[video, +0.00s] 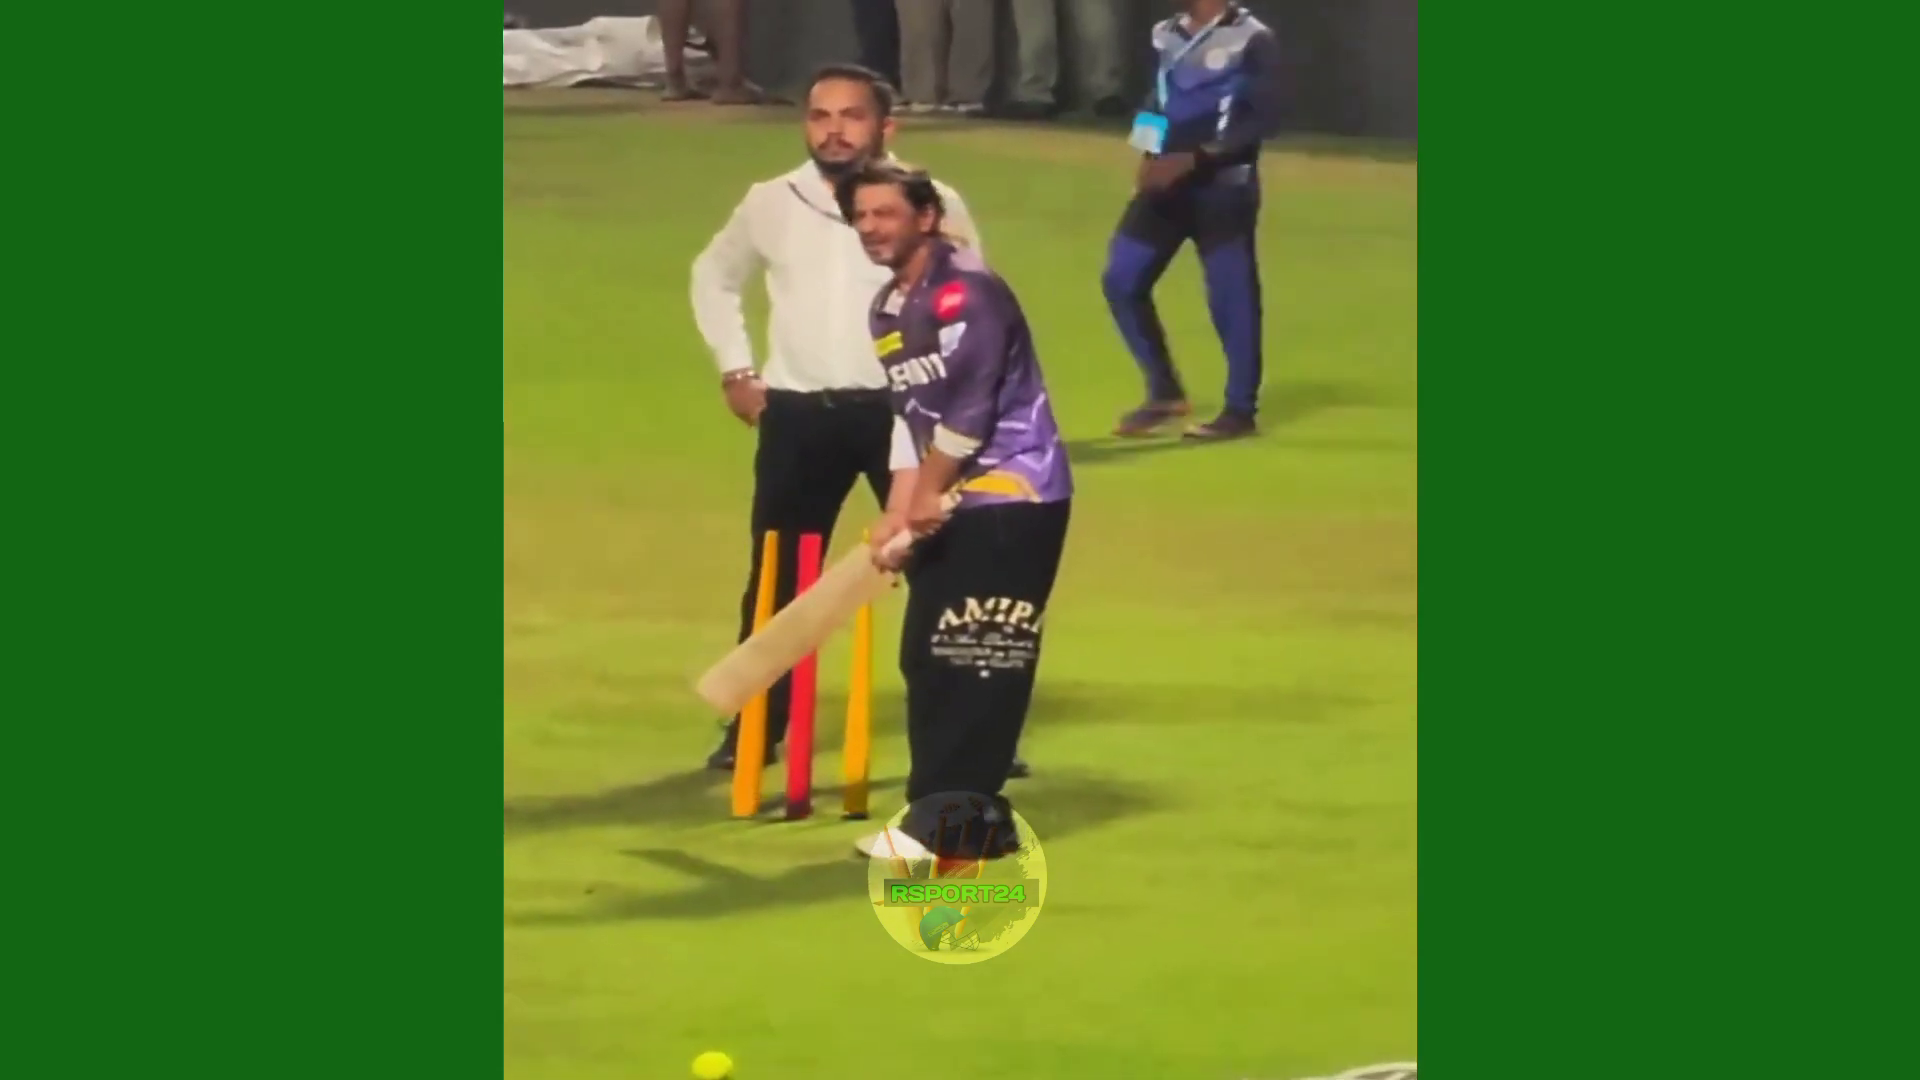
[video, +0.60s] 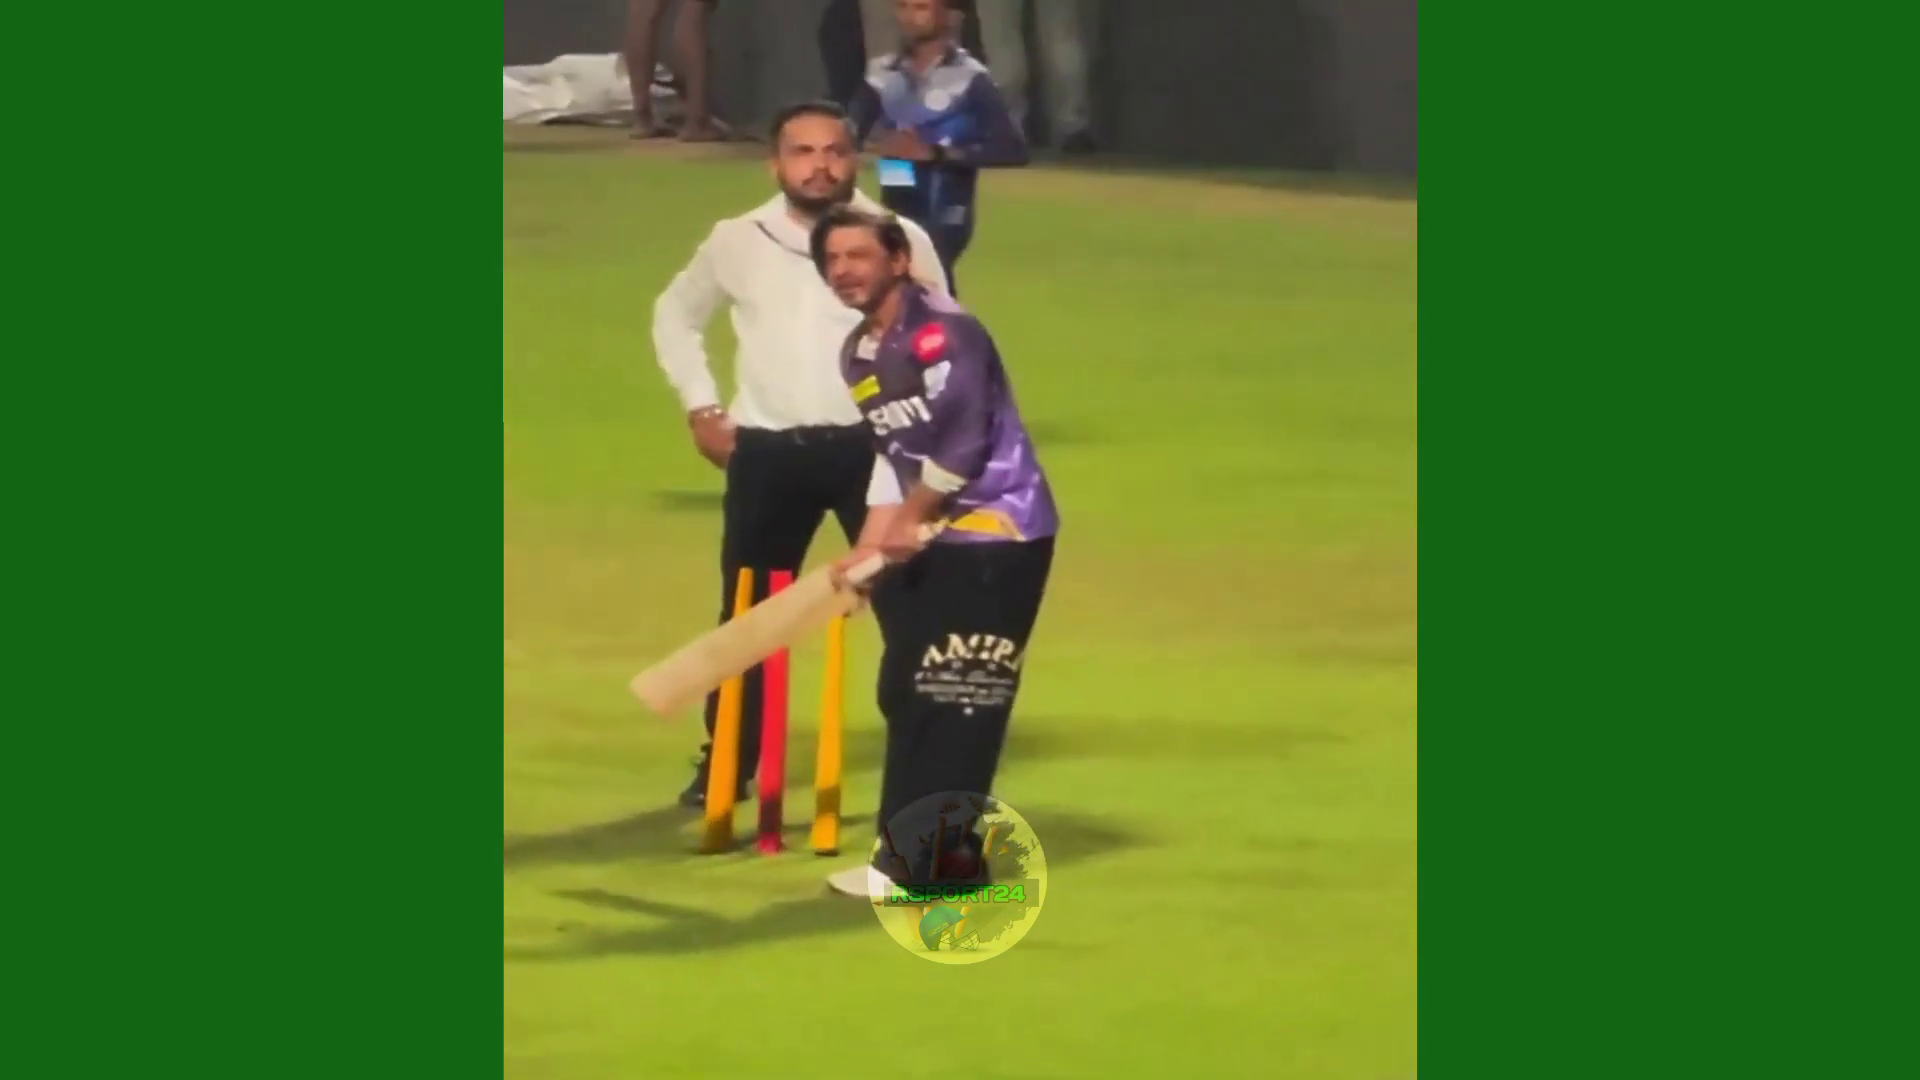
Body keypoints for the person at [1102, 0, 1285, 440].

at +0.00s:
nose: (1189, 0)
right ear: (1188, 1)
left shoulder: (1255, 40)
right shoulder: (1165, 37)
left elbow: (1262, 122)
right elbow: (1157, 103)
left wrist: (1196, 157)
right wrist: (1149, 150)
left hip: (1224, 189)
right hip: (1167, 184)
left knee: (1233, 300)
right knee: (1121, 283)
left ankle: (1240, 409)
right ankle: (1164, 394)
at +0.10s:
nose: (1141, 2)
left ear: (1178, 0)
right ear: (1156, 6)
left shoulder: (1219, 50)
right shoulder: (1132, 47)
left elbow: (1222, 131)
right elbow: (1134, 108)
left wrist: (1143, 144)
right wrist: (1114, 135)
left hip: (1194, 204)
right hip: (1137, 200)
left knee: (1214, 313)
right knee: (1088, 297)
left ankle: (1231, 419)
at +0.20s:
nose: (1084, 3)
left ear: (1122, 3)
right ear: (1102, 8)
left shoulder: (1160, 56)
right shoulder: (1077, 58)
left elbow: (1152, 131)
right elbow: (1074, 144)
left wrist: (1080, 113)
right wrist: (1067, 209)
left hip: (1136, 217)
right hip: (1081, 214)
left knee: (1178, 315)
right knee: (1045, 314)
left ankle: (1226, 412)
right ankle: (1010, 416)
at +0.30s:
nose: (1043, 1)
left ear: (1080, 4)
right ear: (1042, 8)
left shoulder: (1109, 59)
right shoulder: (1030, 58)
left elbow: (1098, 134)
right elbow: (1013, 137)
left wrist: (1039, 118)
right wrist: (996, 209)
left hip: (1078, 225)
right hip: (1025, 220)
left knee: (1099, 322)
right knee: (1007, 329)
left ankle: (1191, 402)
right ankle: (1001, 432)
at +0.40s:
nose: (997, 1)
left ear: (1037, 4)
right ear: (994, 5)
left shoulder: (1065, 60)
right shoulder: (982, 56)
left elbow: (1069, 134)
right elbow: (964, 125)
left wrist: (999, 124)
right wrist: (940, 167)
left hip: (1032, 210)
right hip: (981, 207)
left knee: (1004, 316)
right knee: (982, 319)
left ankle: (1107, 389)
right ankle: (991, 428)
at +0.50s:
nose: (959, 9)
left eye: (970, 2)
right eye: (955, 2)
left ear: (996, 9)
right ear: (947, 9)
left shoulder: (1026, 70)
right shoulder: (935, 66)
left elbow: (1046, 144)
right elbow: (912, 129)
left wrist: (970, 140)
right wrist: (879, 167)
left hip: (995, 204)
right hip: (944, 201)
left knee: (967, 294)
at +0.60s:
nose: (912, 16)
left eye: (924, 7)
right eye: (906, 7)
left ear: (950, 16)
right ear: (897, 13)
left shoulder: (971, 76)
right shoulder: (881, 73)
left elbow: (1012, 148)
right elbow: (849, 134)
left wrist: (939, 153)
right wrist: (886, 143)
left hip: (947, 215)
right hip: (895, 211)